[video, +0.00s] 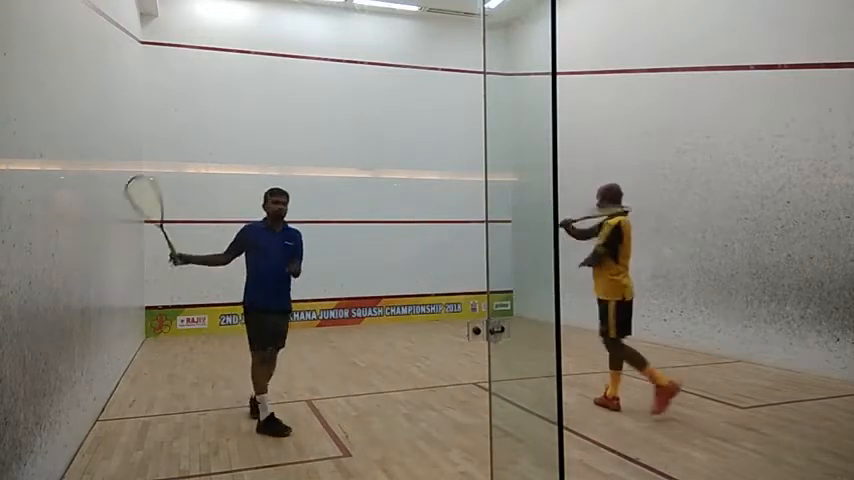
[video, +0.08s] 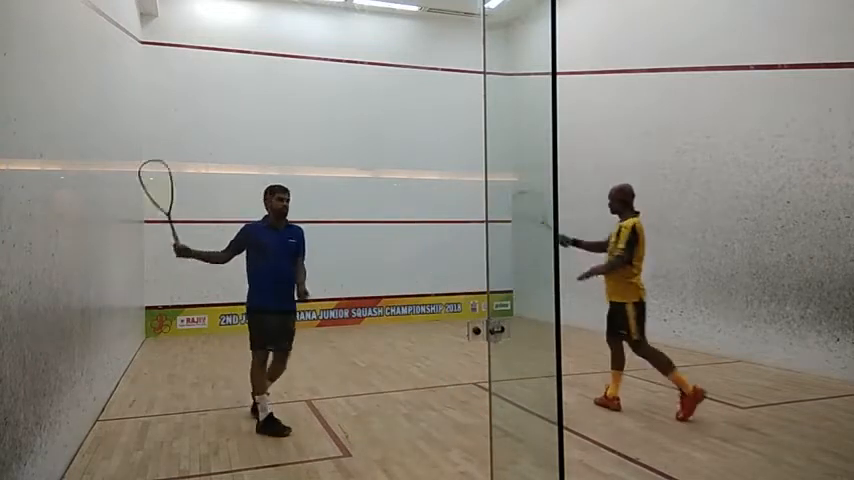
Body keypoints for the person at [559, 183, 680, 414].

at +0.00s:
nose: (598, 206)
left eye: (600, 202)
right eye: (598, 203)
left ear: (607, 203)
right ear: (616, 202)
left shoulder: (616, 224)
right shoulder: (609, 222)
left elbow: (599, 255)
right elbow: (583, 234)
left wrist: (586, 261)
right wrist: (567, 226)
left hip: (615, 293)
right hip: (609, 292)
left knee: (613, 342)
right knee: (612, 342)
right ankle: (612, 395)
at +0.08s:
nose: (608, 204)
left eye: (611, 200)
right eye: (609, 200)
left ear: (622, 202)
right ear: (625, 202)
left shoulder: (631, 227)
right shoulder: (622, 226)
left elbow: (621, 260)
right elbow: (605, 247)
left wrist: (594, 271)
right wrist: (575, 243)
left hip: (630, 298)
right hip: (618, 297)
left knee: (639, 346)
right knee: (614, 341)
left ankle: (688, 391)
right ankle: (612, 395)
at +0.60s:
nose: (664, 197)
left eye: (667, 194)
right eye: (666, 192)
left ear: (672, 197)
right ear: (688, 198)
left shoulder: (664, 224)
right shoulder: (706, 221)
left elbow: (655, 258)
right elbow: (732, 252)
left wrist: (661, 285)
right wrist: (713, 271)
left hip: (685, 300)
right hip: (710, 297)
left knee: (695, 353)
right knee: (709, 344)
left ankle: (711, 408)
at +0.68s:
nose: (674, 197)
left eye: (676, 194)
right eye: (676, 193)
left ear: (679, 197)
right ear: (699, 198)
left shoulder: (668, 224)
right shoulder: (717, 220)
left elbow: (657, 259)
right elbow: (744, 251)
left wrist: (670, 281)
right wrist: (725, 269)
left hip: (693, 302)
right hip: (722, 298)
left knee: (696, 352)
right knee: (736, 343)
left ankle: (711, 408)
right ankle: (767, 396)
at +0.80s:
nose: (684, 197)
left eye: (686, 194)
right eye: (686, 193)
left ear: (688, 197)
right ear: (709, 198)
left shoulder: (676, 225)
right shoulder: (728, 220)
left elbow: (663, 261)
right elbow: (756, 251)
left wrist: (679, 277)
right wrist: (741, 261)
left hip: (702, 302)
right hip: (734, 297)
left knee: (696, 351)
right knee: (760, 345)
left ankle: (710, 408)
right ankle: (789, 400)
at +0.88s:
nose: (696, 199)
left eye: (698, 196)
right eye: (699, 195)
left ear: (700, 199)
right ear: (721, 199)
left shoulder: (689, 227)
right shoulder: (741, 220)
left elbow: (675, 263)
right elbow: (771, 252)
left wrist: (691, 275)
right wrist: (753, 260)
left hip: (714, 303)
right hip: (748, 300)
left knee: (700, 351)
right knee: (778, 349)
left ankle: (710, 409)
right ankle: (804, 408)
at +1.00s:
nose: (712, 202)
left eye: (713, 199)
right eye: (715, 198)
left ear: (716, 203)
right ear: (738, 201)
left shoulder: (704, 230)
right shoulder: (756, 221)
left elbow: (692, 267)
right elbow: (791, 251)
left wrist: (708, 275)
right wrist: (778, 259)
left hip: (728, 305)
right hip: (764, 303)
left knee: (711, 351)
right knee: (789, 356)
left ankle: (711, 408)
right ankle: (812, 420)